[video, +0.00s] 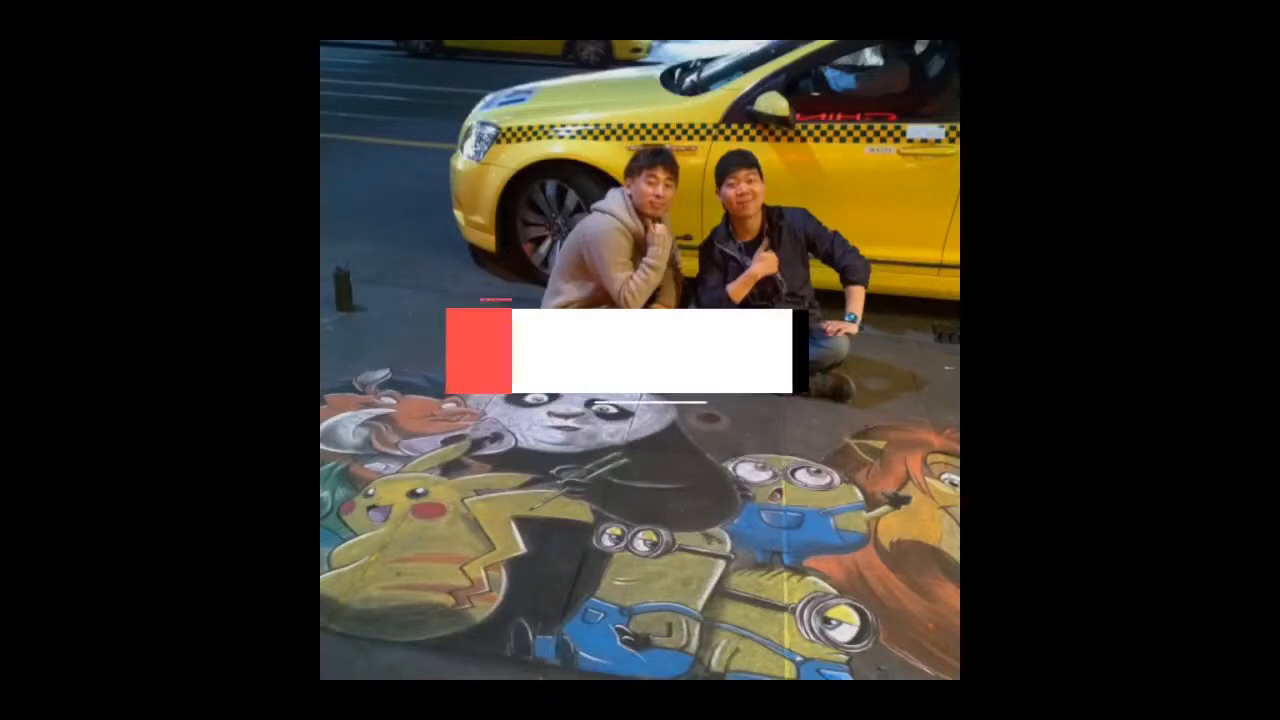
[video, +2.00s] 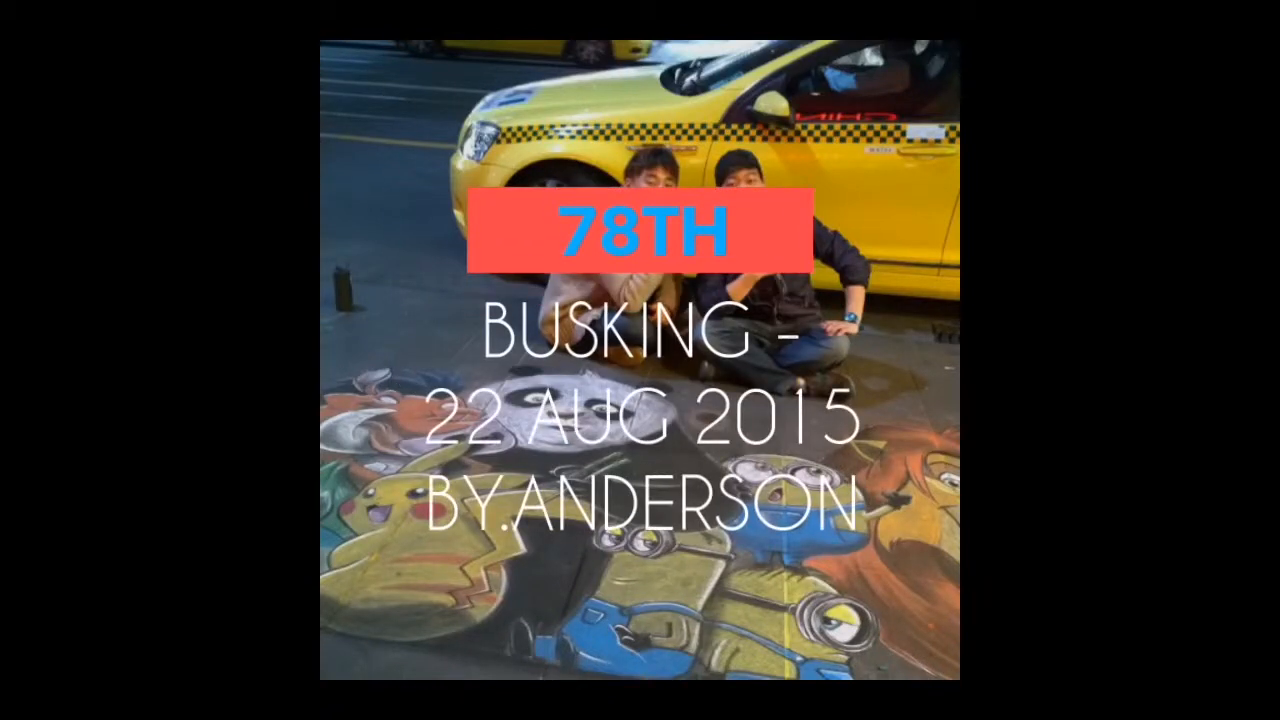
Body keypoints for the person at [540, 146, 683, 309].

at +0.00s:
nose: (660, 193)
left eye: (668, 185)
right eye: (651, 183)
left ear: (675, 192)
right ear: (629, 184)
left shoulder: (656, 220)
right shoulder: (604, 228)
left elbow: (669, 270)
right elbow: (628, 300)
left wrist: (663, 306)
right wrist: (658, 251)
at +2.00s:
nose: (659, 191)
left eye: (668, 184)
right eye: (651, 181)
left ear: (675, 190)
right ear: (629, 182)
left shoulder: (656, 224)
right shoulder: (604, 222)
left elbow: (669, 278)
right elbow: (629, 300)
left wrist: (665, 305)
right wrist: (664, 249)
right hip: (566, 319)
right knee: (639, 327)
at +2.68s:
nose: (659, 193)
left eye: (667, 185)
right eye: (650, 182)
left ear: (675, 192)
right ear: (629, 185)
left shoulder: (657, 225)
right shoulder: (608, 229)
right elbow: (622, 309)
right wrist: (657, 254)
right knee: (629, 354)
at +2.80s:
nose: (660, 193)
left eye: (667, 185)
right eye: (650, 183)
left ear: (675, 191)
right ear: (629, 185)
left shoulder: (656, 218)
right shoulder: (605, 228)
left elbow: (670, 267)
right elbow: (629, 301)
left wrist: (664, 305)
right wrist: (658, 250)